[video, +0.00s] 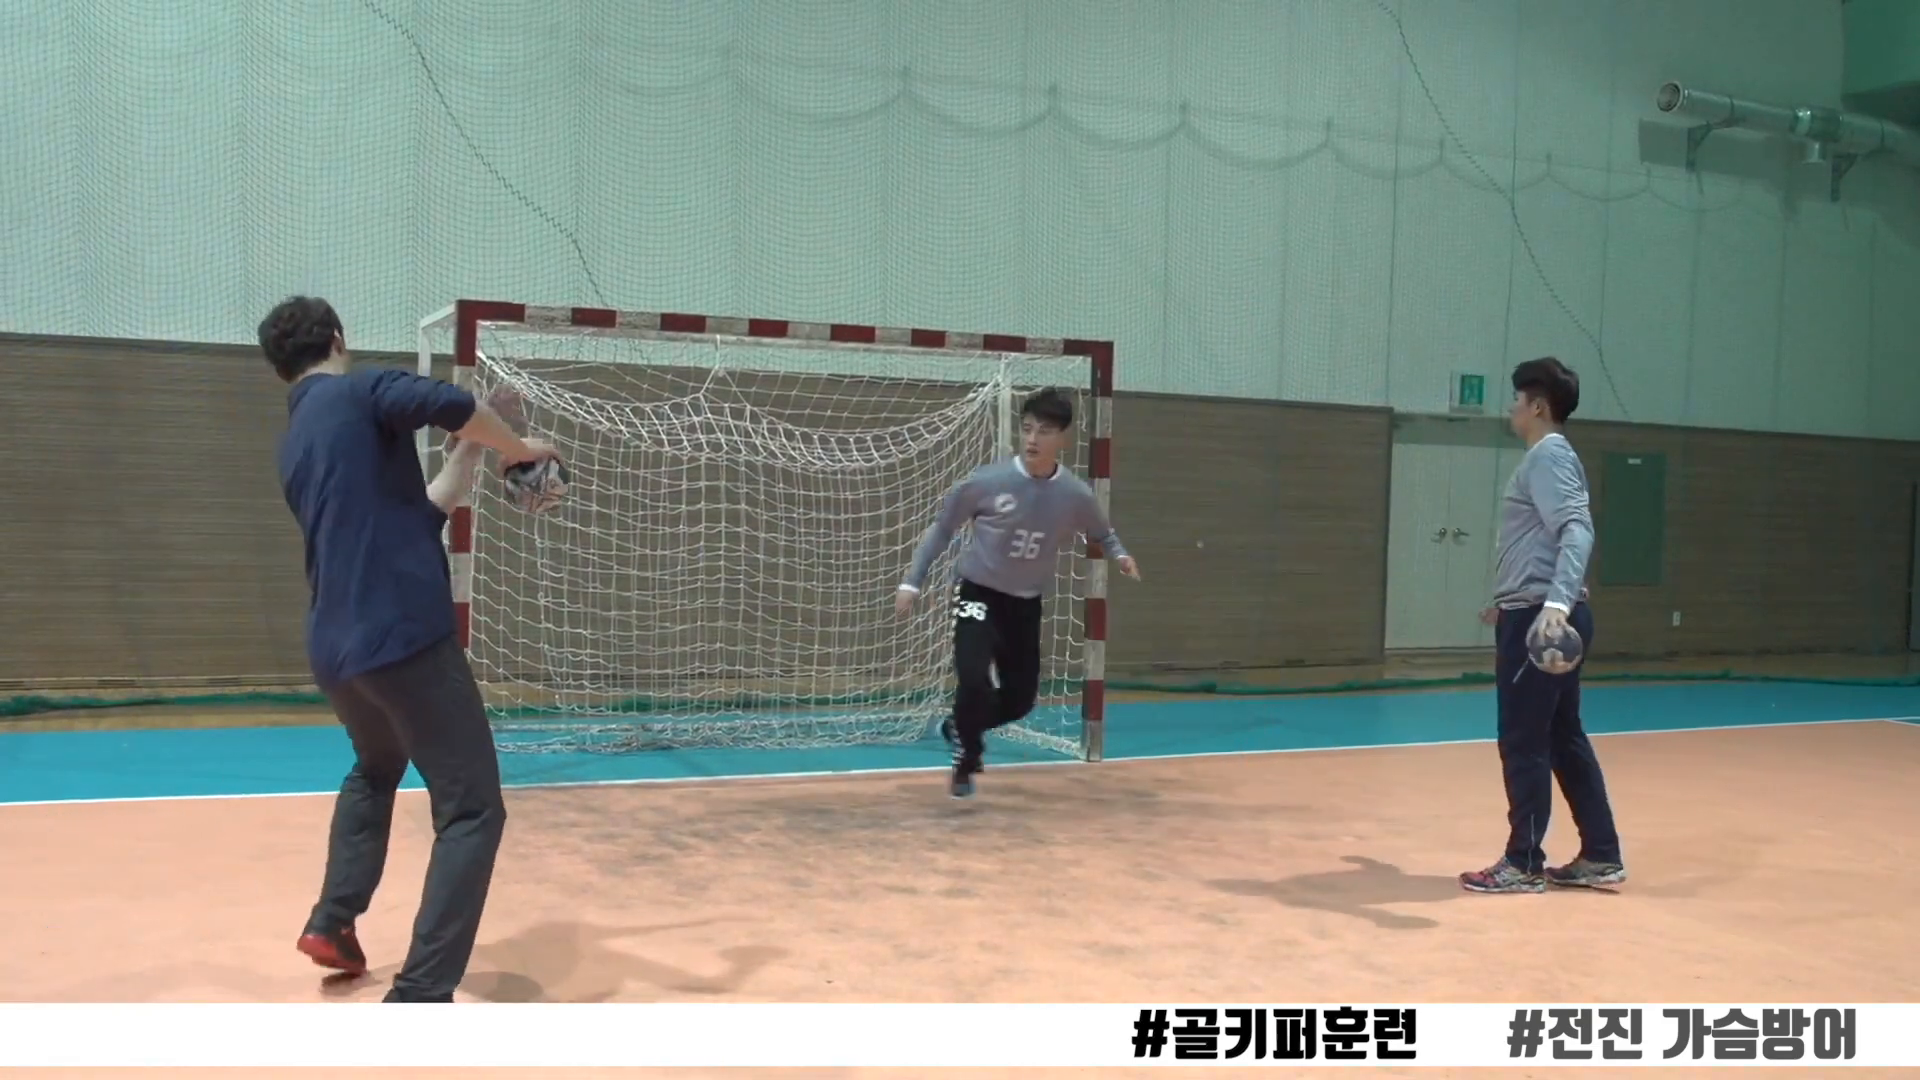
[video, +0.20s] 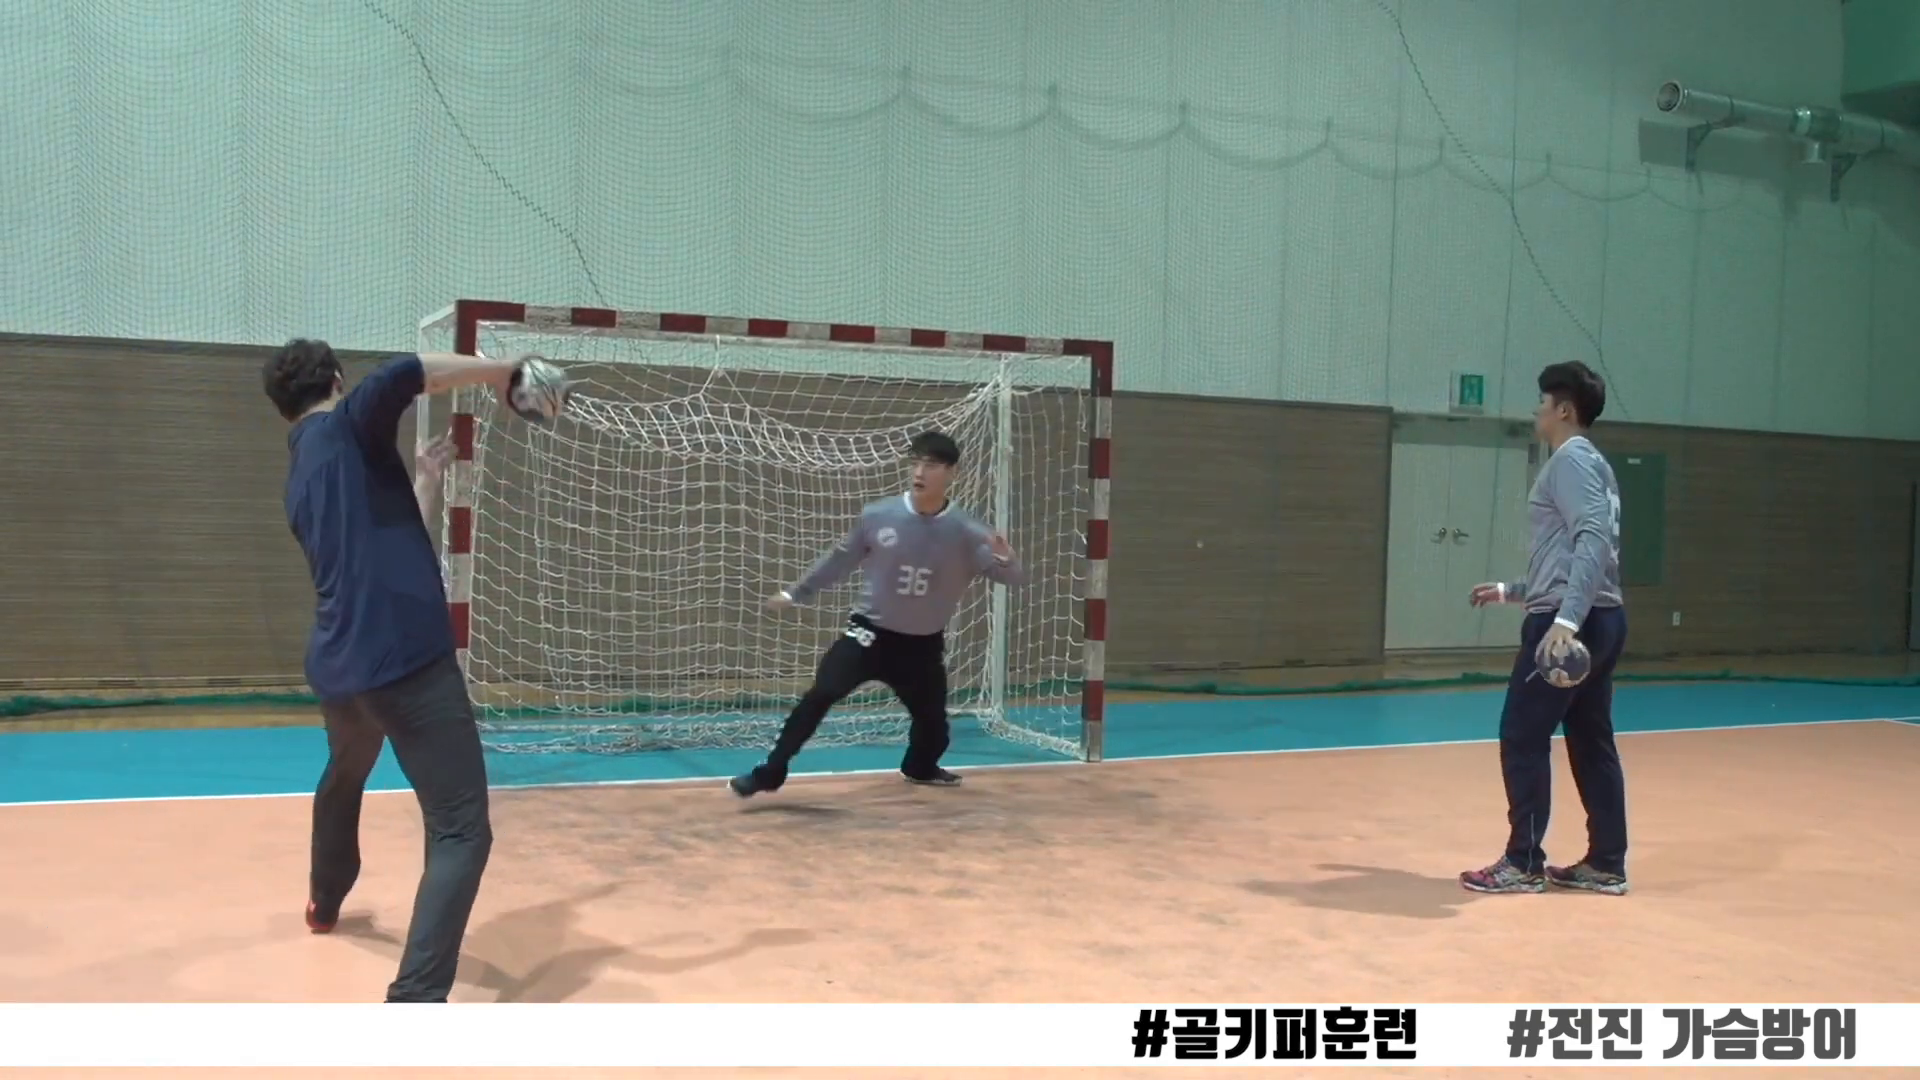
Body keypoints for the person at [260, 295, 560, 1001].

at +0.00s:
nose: (349, 344)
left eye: (342, 337)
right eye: (344, 335)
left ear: (280, 367)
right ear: (337, 339)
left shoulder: (294, 441)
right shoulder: (360, 388)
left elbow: (410, 525)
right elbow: (450, 402)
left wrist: (469, 452)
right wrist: (516, 447)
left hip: (334, 648)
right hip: (405, 635)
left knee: (375, 768)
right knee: (471, 809)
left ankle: (332, 924)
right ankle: (423, 993)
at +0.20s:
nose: (348, 382)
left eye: (342, 374)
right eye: (342, 374)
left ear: (282, 405)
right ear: (336, 382)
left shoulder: (300, 474)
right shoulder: (350, 424)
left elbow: (393, 544)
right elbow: (408, 373)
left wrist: (426, 479)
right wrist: (504, 371)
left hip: (337, 660)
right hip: (406, 653)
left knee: (344, 773)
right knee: (460, 829)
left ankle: (324, 902)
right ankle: (418, 995)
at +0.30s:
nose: (328, 386)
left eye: (322, 382)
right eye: (322, 379)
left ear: (268, 412)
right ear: (318, 389)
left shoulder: (288, 478)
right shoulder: (333, 430)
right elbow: (369, 368)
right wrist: (437, 322)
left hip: (334, 655)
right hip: (401, 645)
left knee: (338, 771)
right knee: (440, 815)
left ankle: (319, 902)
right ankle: (416, 981)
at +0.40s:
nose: (310, 391)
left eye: (299, 386)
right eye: (303, 386)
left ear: (254, 422)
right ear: (302, 397)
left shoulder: (276, 483)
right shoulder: (319, 433)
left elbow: (304, 575)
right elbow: (352, 363)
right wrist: (347, 305)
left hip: (326, 653)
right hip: (394, 641)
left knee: (329, 763)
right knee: (432, 802)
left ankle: (318, 899)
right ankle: (418, 953)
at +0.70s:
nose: (268, 433)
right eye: (263, 427)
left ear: (220, 472)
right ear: (262, 428)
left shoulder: (241, 542)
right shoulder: (303, 438)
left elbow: (273, 633)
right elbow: (348, 352)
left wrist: (354, 692)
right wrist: (259, 342)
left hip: (310, 635)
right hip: (378, 593)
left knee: (311, 759)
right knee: (435, 750)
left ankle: (317, 900)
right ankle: (445, 900)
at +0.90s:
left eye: (208, 478)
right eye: (248, 430)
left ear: (210, 478)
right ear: (248, 432)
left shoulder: (230, 518)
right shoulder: (310, 437)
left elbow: (253, 601)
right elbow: (382, 404)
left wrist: (322, 674)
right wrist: (353, 375)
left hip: (308, 591)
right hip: (378, 550)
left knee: (306, 745)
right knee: (443, 683)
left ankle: (317, 896)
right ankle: (487, 806)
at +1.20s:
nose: (200, 470)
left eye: (196, 460)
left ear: (205, 456)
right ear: (241, 419)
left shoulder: (220, 499)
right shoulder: (307, 435)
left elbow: (236, 565)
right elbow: (396, 474)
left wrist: (267, 619)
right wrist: (354, 498)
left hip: (305, 570)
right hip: (373, 539)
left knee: (308, 734)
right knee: (429, 657)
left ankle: (319, 898)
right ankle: (456, 721)